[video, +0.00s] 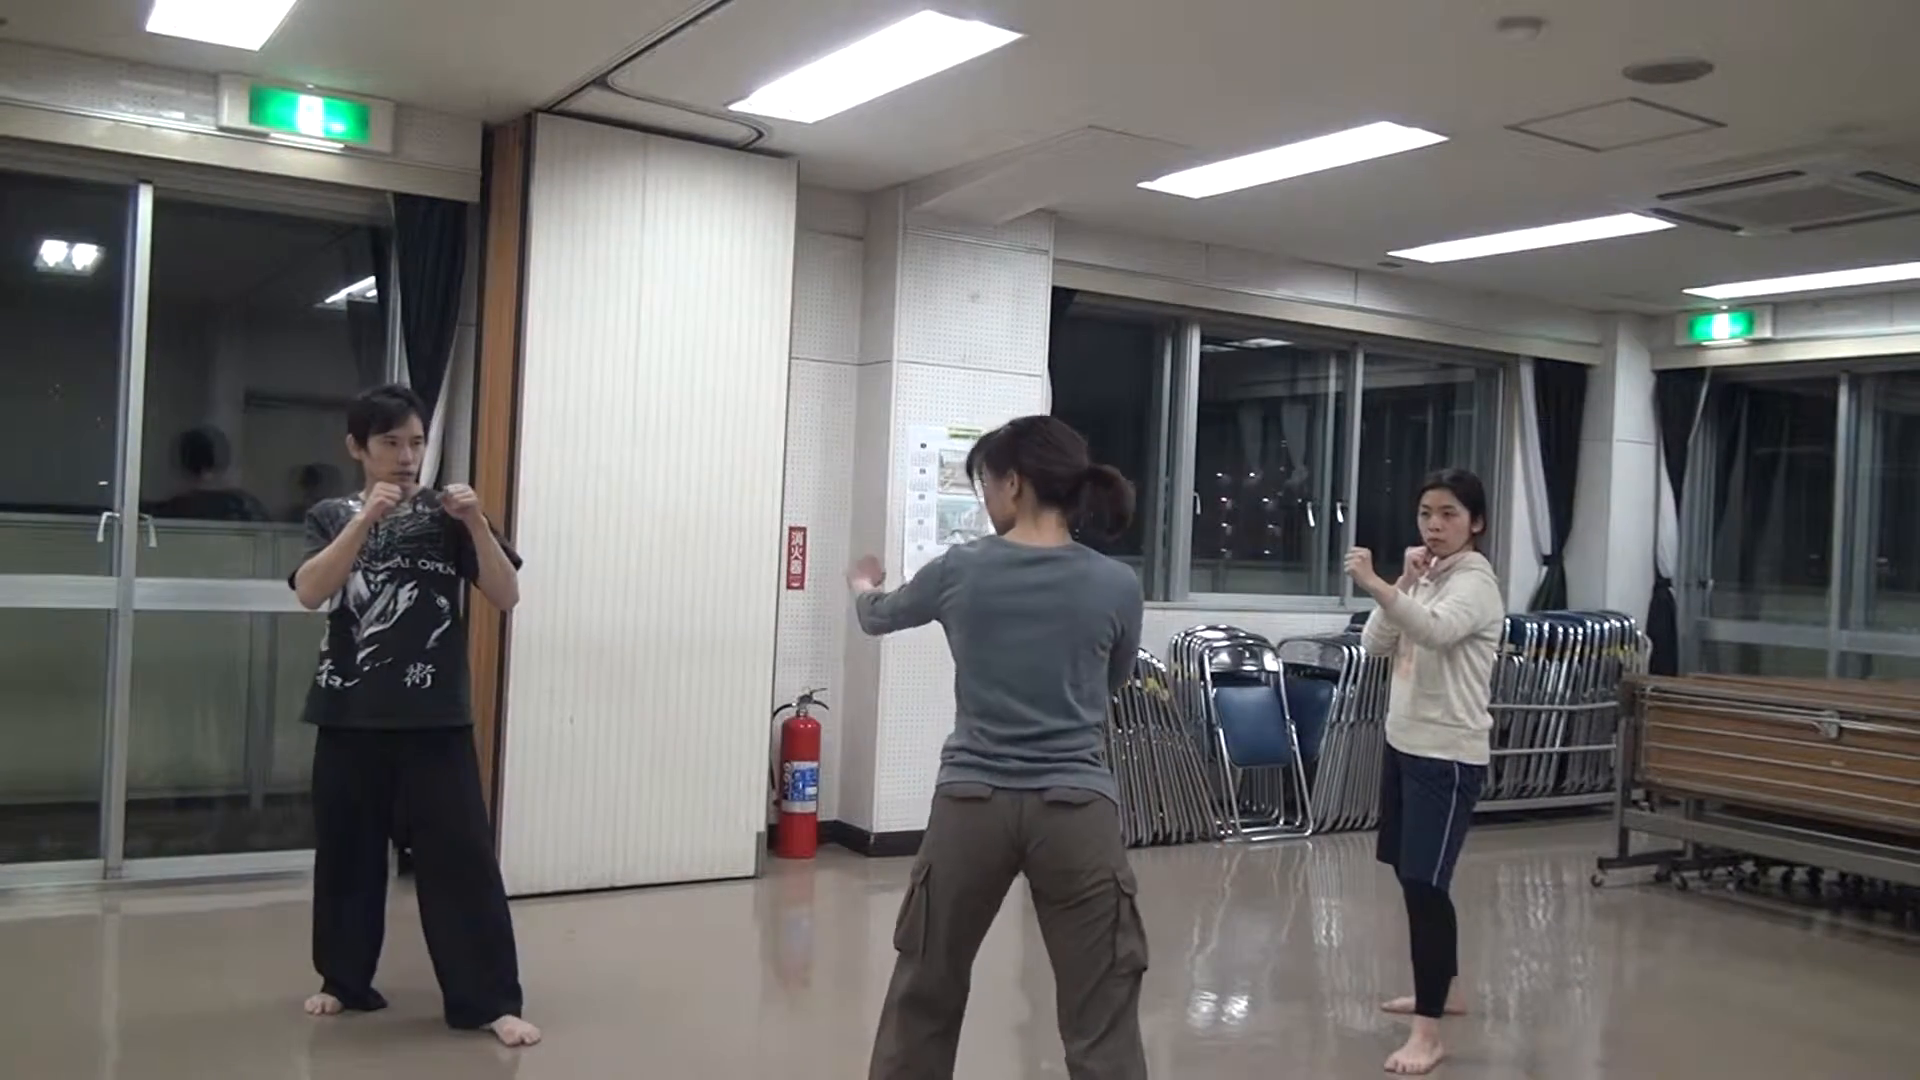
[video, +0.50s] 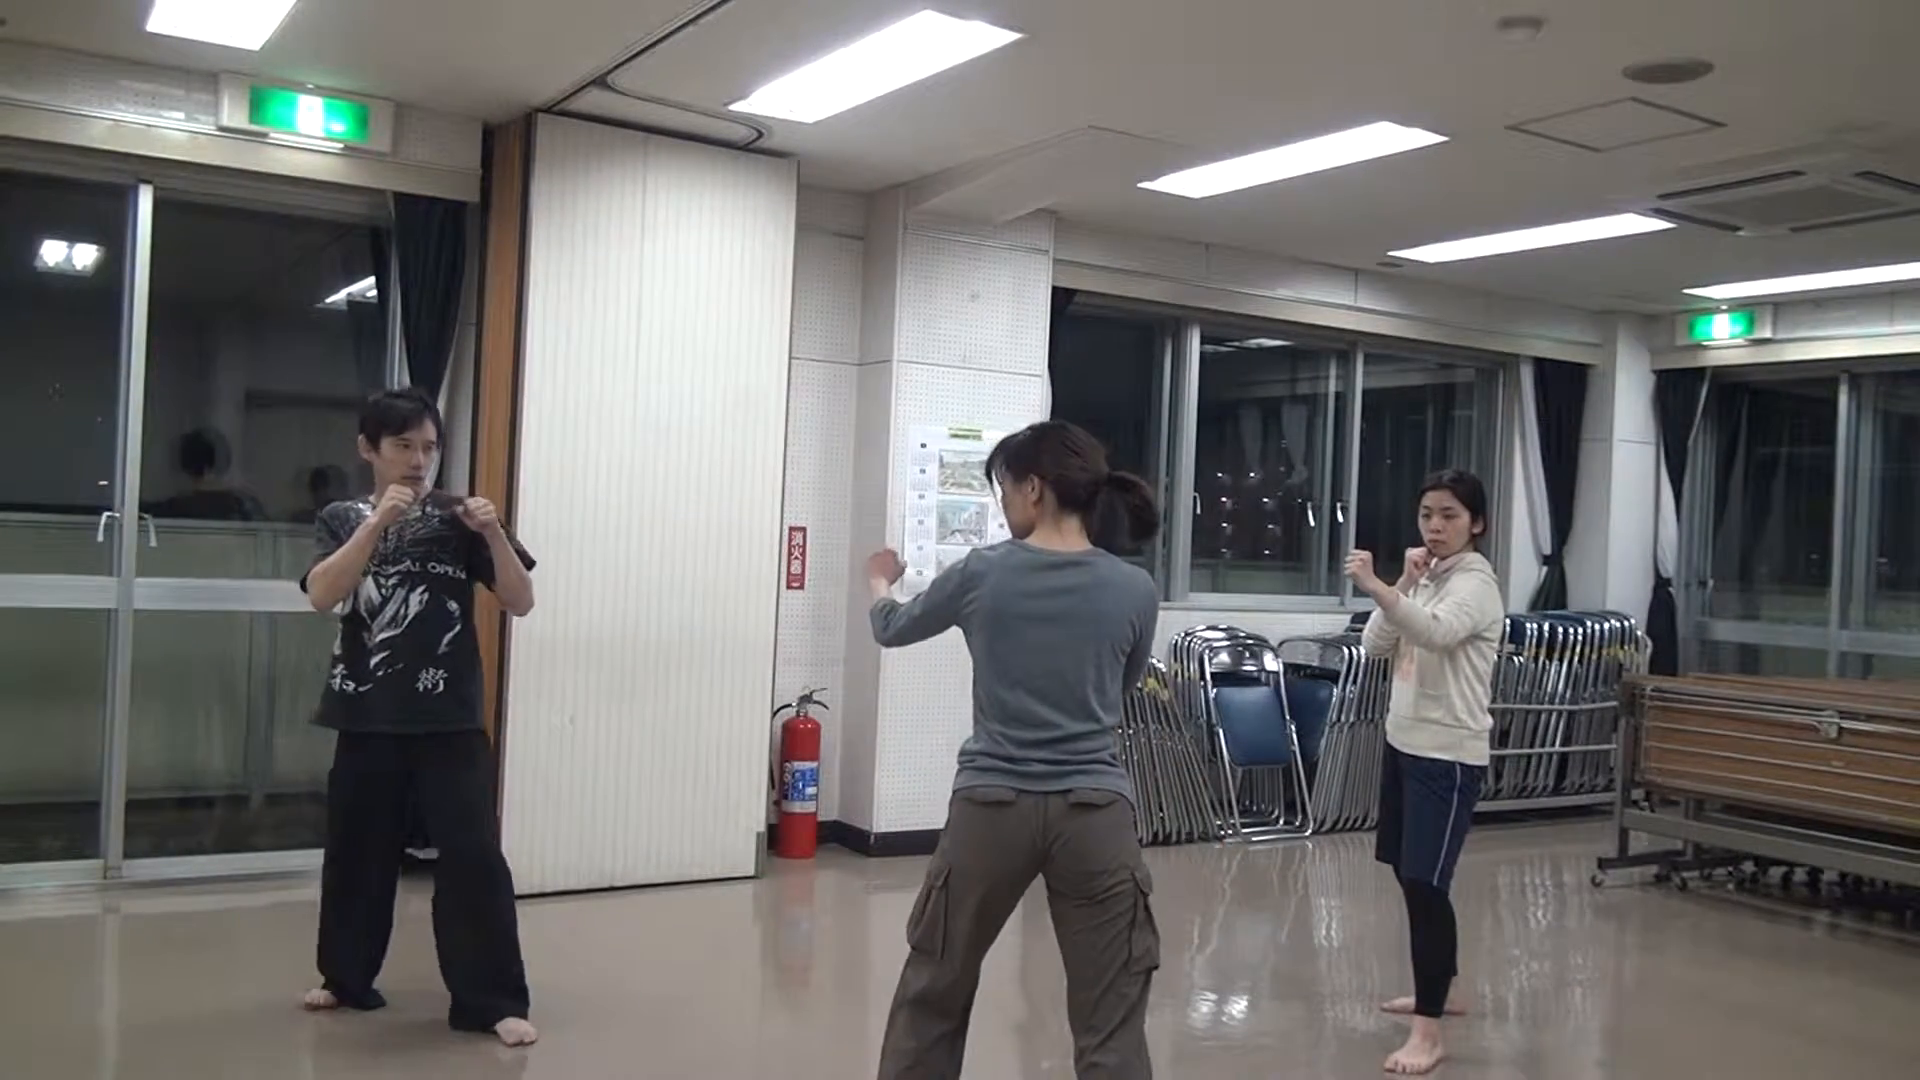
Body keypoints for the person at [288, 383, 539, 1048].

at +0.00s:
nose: (406, 455)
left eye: (415, 443)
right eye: (391, 444)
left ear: (427, 445)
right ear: (357, 447)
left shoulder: (452, 516)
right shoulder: (335, 517)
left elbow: (504, 595)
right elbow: (310, 590)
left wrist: (476, 524)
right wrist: (364, 519)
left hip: (435, 721)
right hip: (352, 721)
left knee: (464, 860)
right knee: (346, 855)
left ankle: (494, 1004)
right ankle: (342, 984)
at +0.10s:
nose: (405, 455)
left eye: (414, 443)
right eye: (390, 444)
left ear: (426, 444)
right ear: (356, 447)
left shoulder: (451, 516)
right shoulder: (334, 518)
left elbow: (504, 595)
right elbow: (309, 590)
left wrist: (475, 524)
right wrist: (363, 519)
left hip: (436, 720)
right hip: (352, 720)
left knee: (463, 860)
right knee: (346, 855)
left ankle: (494, 1004)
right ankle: (342, 983)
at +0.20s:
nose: (405, 455)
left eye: (414, 443)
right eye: (390, 444)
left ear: (426, 445)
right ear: (356, 447)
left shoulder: (451, 516)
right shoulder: (334, 518)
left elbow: (504, 595)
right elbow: (309, 590)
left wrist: (475, 524)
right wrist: (363, 519)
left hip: (436, 720)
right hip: (352, 720)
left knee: (464, 860)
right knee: (346, 855)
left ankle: (494, 1004)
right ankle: (341, 983)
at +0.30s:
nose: (407, 456)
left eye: (416, 444)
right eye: (393, 444)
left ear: (427, 446)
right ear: (357, 446)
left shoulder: (451, 517)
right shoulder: (334, 518)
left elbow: (505, 596)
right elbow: (310, 590)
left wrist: (477, 524)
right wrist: (365, 521)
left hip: (438, 720)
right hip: (353, 720)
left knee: (466, 860)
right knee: (348, 855)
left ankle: (493, 1003)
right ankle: (342, 983)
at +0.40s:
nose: (409, 456)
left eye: (420, 445)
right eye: (394, 444)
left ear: (432, 446)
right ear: (360, 447)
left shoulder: (455, 516)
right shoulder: (337, 517)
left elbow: (509, 597)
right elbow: (315, 591)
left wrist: (484, 527)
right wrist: (368, 521)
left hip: (442, 718)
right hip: (359, 718)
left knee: (467, 857)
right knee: (351, 852)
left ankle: (492, 1004)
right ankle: (343, 983)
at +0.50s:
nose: (418, 458)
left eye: (428, 447)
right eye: (402, 445)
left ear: (439, 449)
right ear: (368, 449)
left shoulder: (462, 519)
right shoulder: (345, 518)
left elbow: (520, 601)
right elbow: (323, 593)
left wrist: (495, 533)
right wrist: (377, 521)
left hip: (450, 721)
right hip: (368, 720)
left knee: (473, 859)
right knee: (356, 853)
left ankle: (493, 1005)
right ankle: (346, 981)